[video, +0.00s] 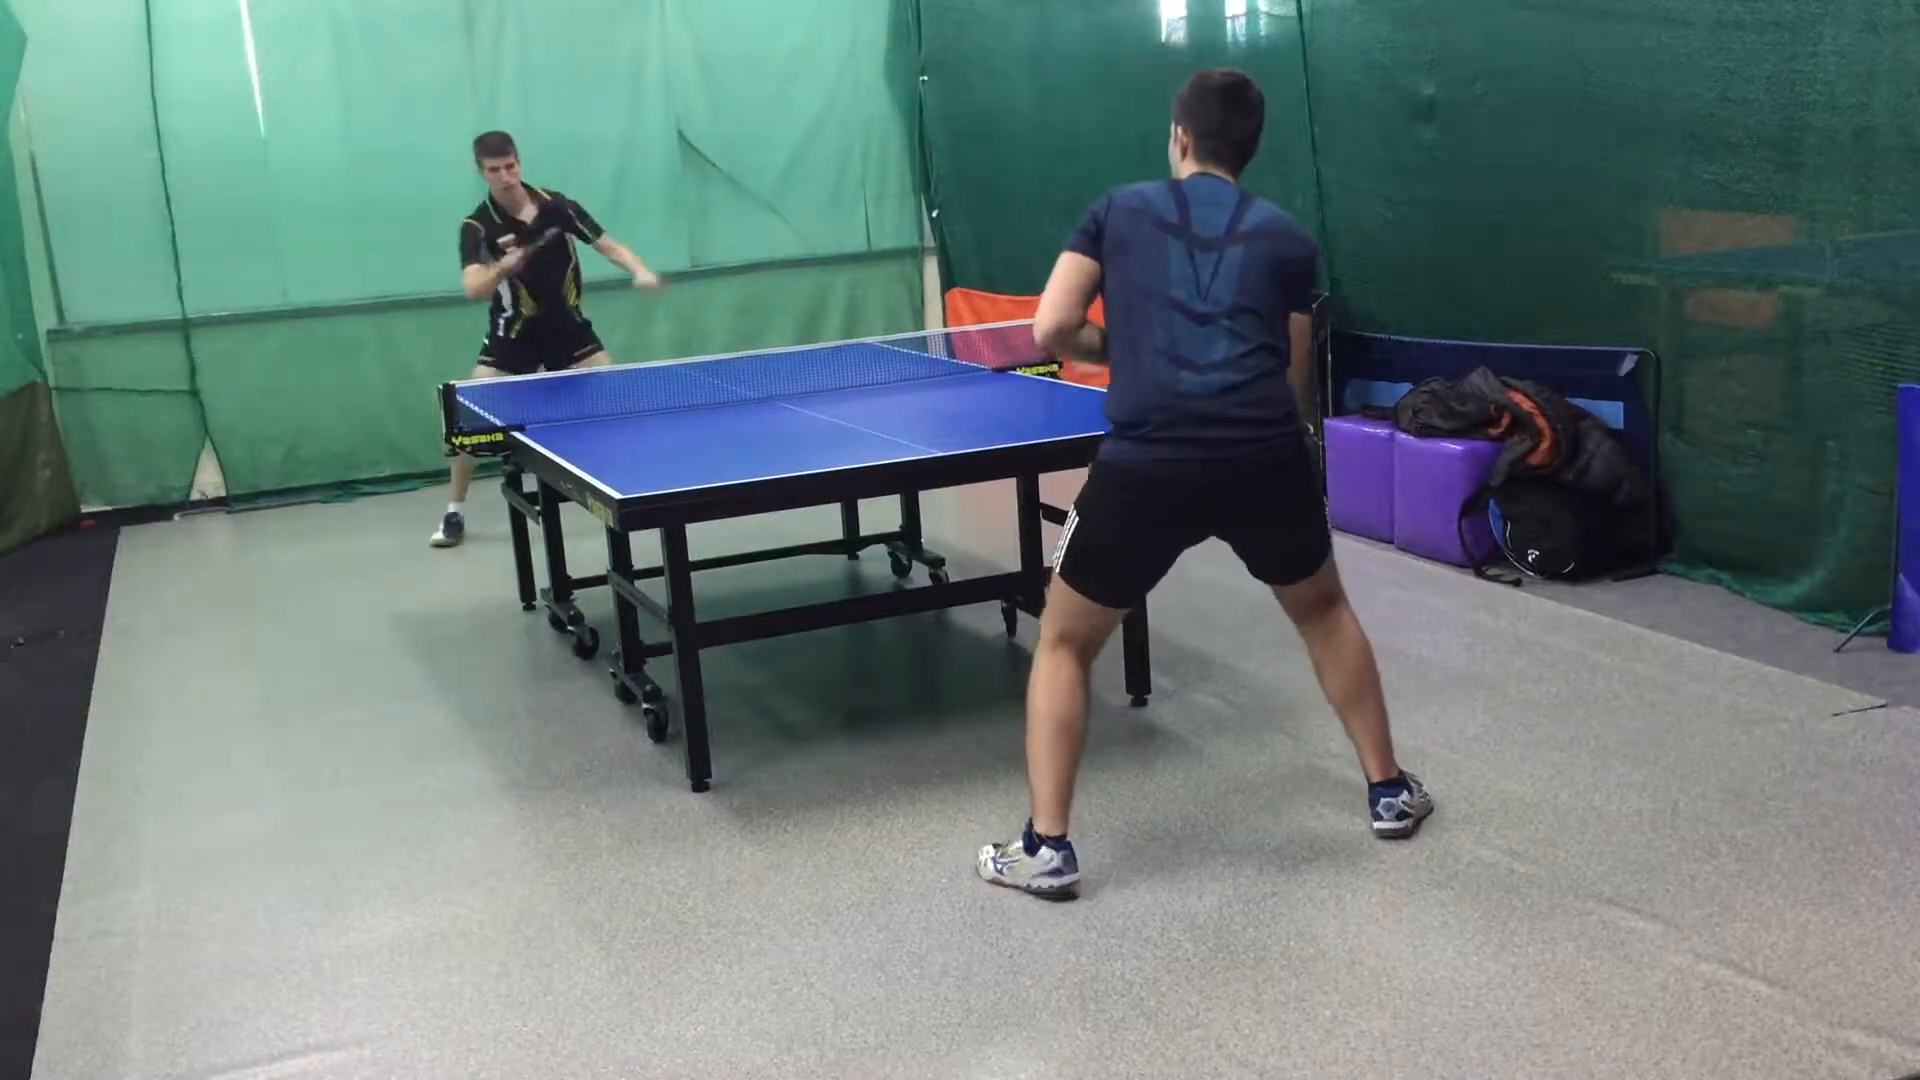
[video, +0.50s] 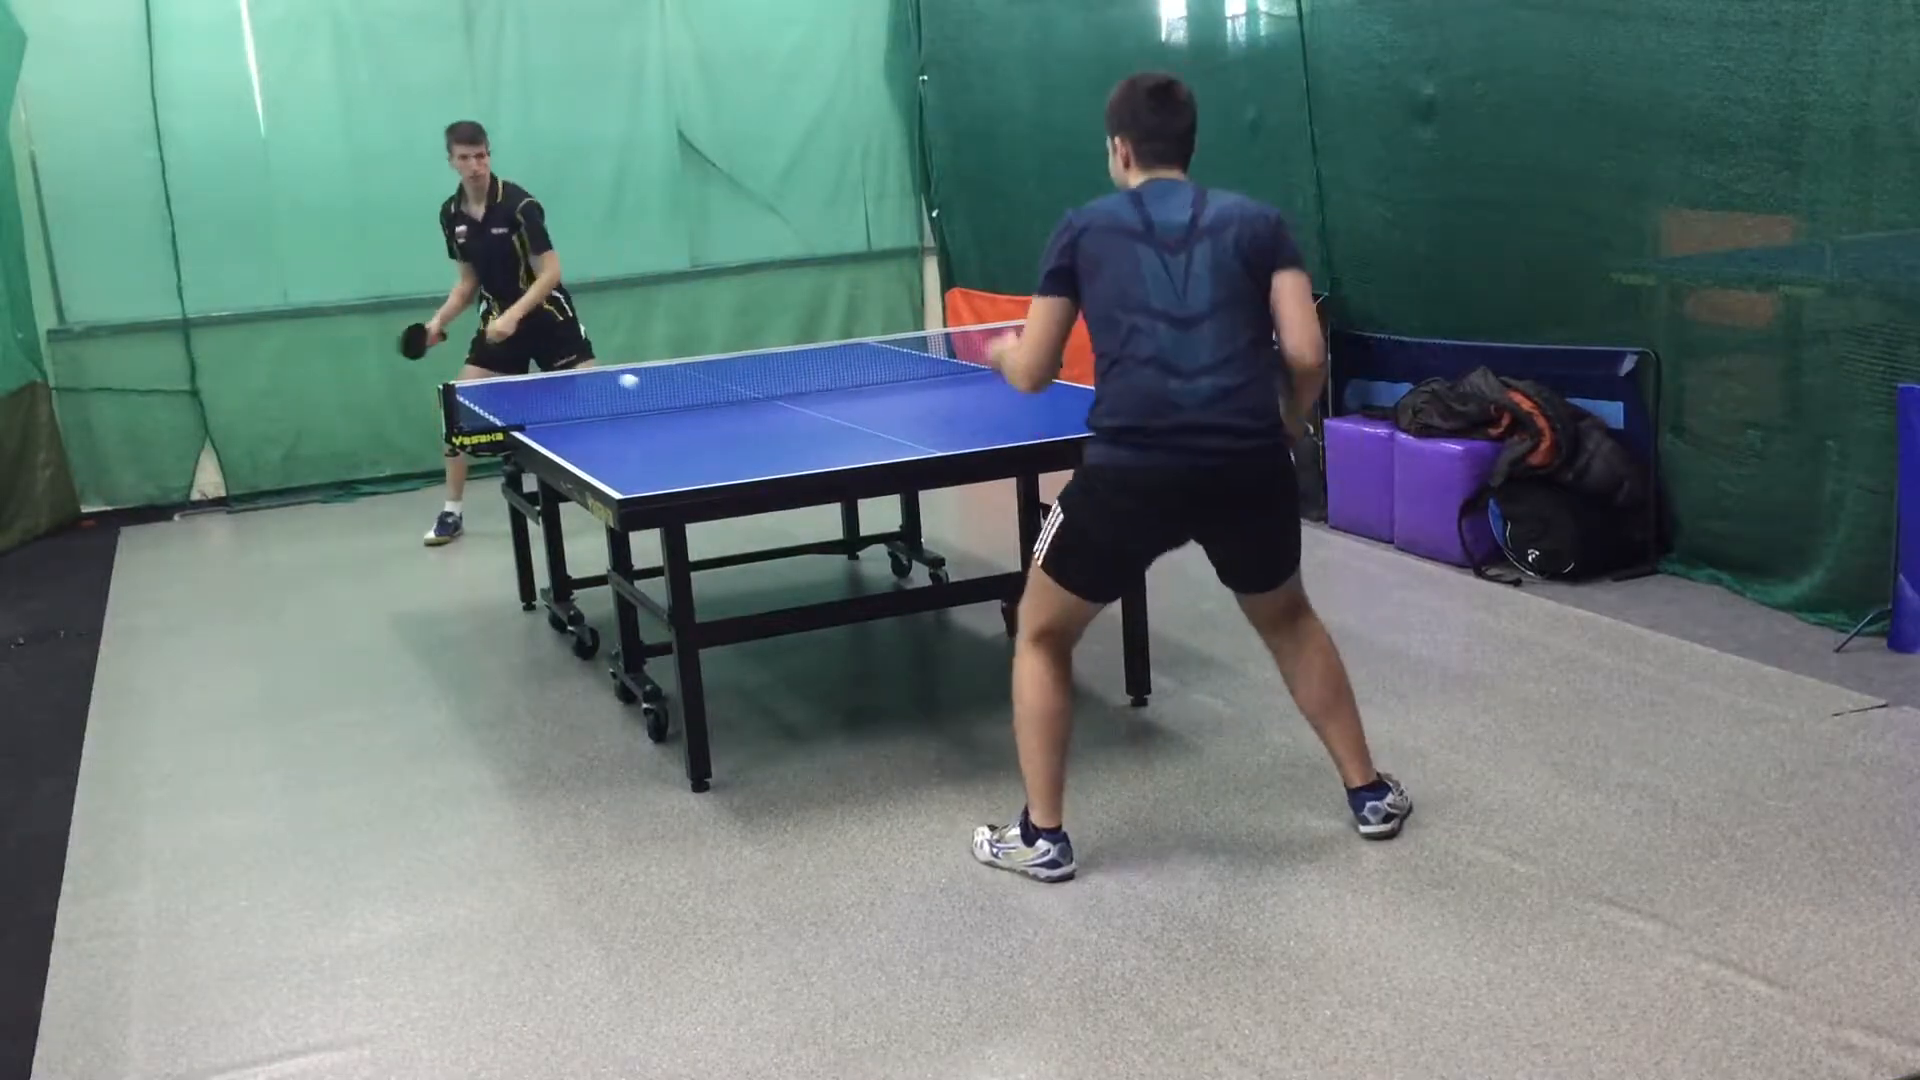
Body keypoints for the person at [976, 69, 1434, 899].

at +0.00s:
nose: (1173, 144)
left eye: (1174, 133)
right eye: (1188, 135)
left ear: (1179, 141)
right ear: (1250, 150)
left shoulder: (1116, 212)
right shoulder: (1286, 237)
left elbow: (1053, 328)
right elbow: (1294, 375)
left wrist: (1116, 344)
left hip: (1147, 474)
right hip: (1266, 470)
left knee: (1066, 644)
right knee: (1323, 615)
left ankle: (1047, 843)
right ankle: (1388, 790)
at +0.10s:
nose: (1149, 143)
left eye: (1152, 134)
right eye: (1158, 133)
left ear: (1158, 146)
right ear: (1232, 156)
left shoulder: (1105, 211)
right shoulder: (1266, 240)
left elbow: (1041, 325)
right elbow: (1283, 360)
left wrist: (1094, 342)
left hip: (1149, 472)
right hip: (1264, 466)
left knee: (1046, 616)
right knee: (1308, 604)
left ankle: (1057, 810)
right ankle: (1381, 773)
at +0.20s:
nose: (1121, 189)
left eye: (1125, 180)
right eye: (1128, 178)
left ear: (1135, 192)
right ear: (1206, 200)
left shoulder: (1090, 258)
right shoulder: (1243, 275)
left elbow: (1033, 378)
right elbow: (1262, 383)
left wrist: (1101, 399)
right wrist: (1191, 389)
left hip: (1150, 505)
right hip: (1262, 500)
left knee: (1036, 639)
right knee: (1290, 627)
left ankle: (1042, 834)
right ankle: (1368, 792)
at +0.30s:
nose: (1102, 213)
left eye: (1103, 203)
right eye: (1108, 203)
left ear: (1115, 208)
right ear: (1184, 211)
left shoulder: (1089, 276)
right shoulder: (1237, 282)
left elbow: (1044, 414)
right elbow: (1266, 406)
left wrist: (1073, 443)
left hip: (1153, 512)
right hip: (1266, 507)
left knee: (1027, 635)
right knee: (1279, 628)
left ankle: (1042, 834)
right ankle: (1366, 792)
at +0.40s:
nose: (1098, 191)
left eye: (1098, 180)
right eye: (1103, 180)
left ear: (1112, 183)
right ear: (1180, 183)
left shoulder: (1087, 257)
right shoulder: (1245, 258)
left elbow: (1044, 406)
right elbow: (1290, 400)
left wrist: (1037, 386)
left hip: (1145, 496)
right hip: (1257, 493)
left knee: (1034, 636)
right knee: (1279, 623)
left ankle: (1042, 833)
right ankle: (1366, 792)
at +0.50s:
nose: (1109, 157)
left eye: (1109, 147)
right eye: (1119, 146)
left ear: (1119, 151)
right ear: (1191, 149)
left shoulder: (1087, 228)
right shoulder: (1257, 221)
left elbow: (1032, 373)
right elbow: (1305, 352)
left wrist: (1007, 348)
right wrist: (1291, 417)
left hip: (1133, 478)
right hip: (1247, 473)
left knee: (1044, 636)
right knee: (1290, 620)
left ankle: (1043, 833)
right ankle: (1368, 793)